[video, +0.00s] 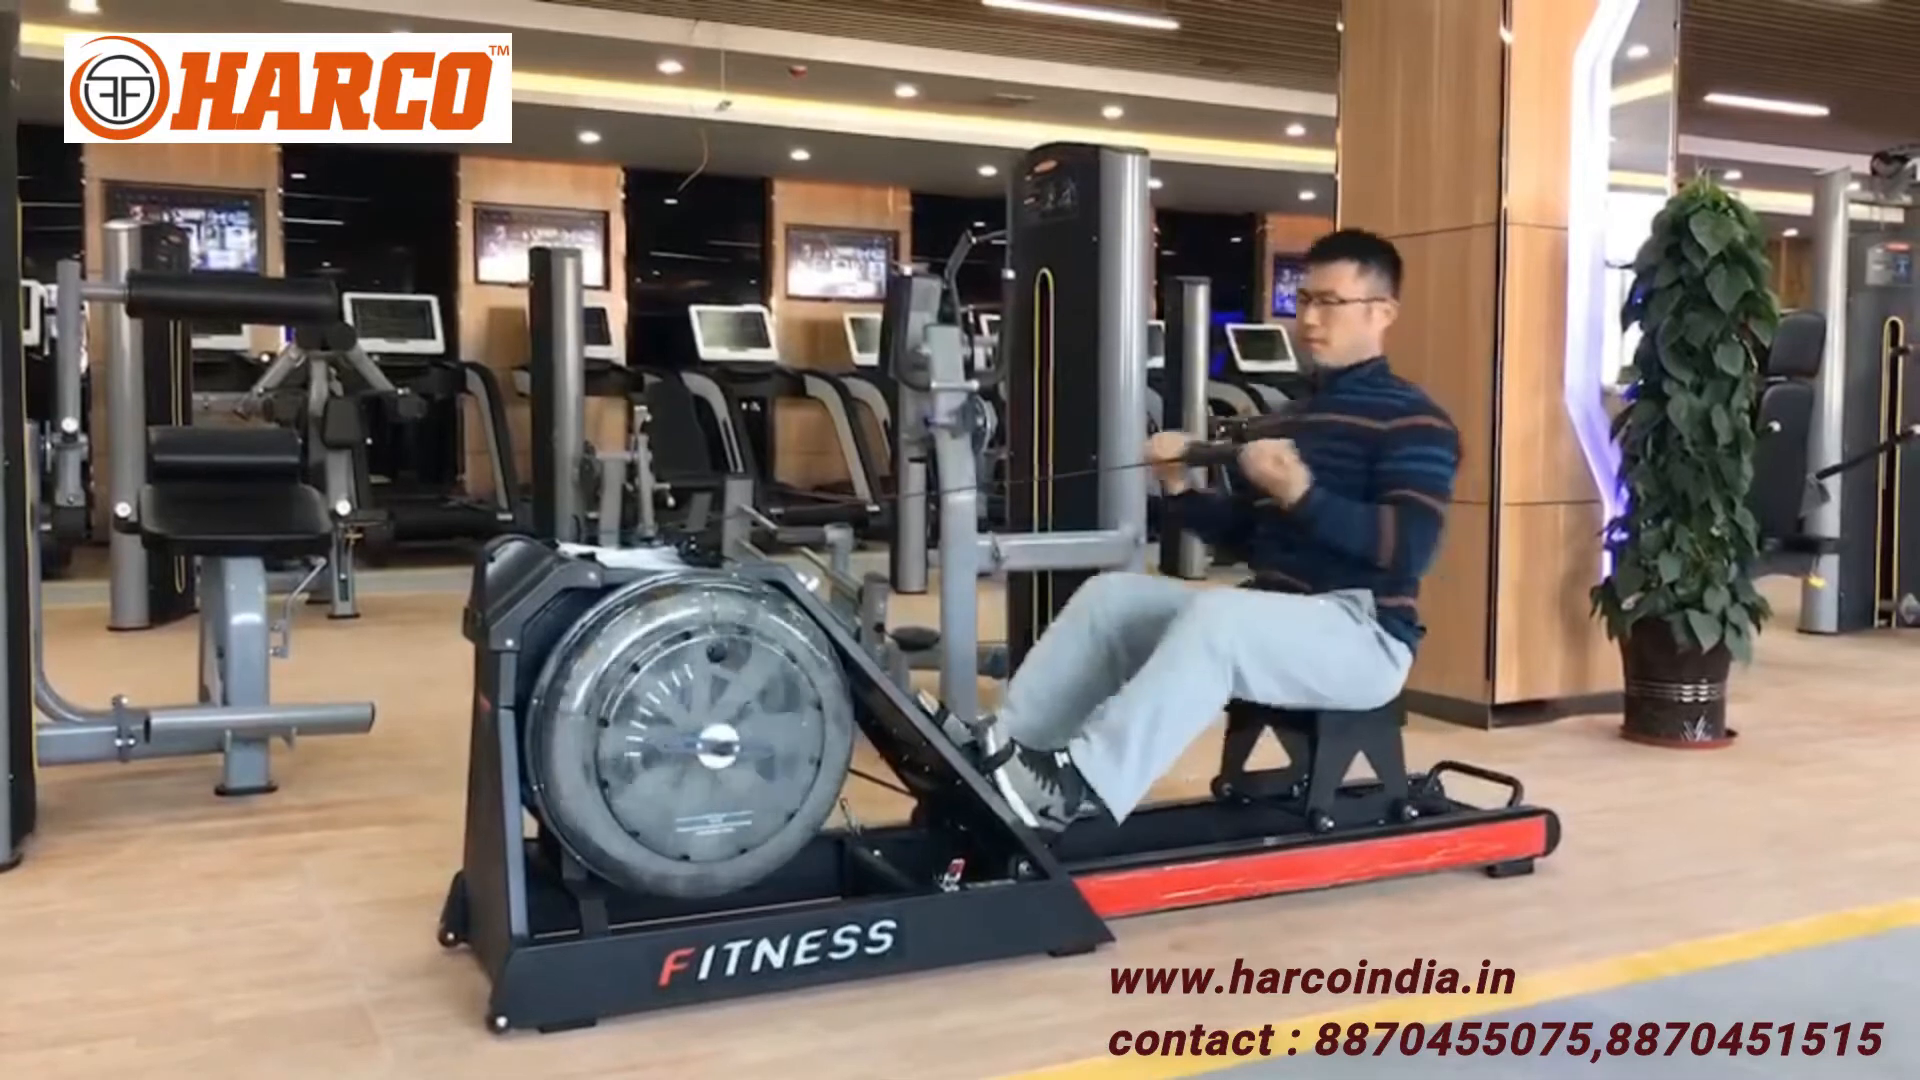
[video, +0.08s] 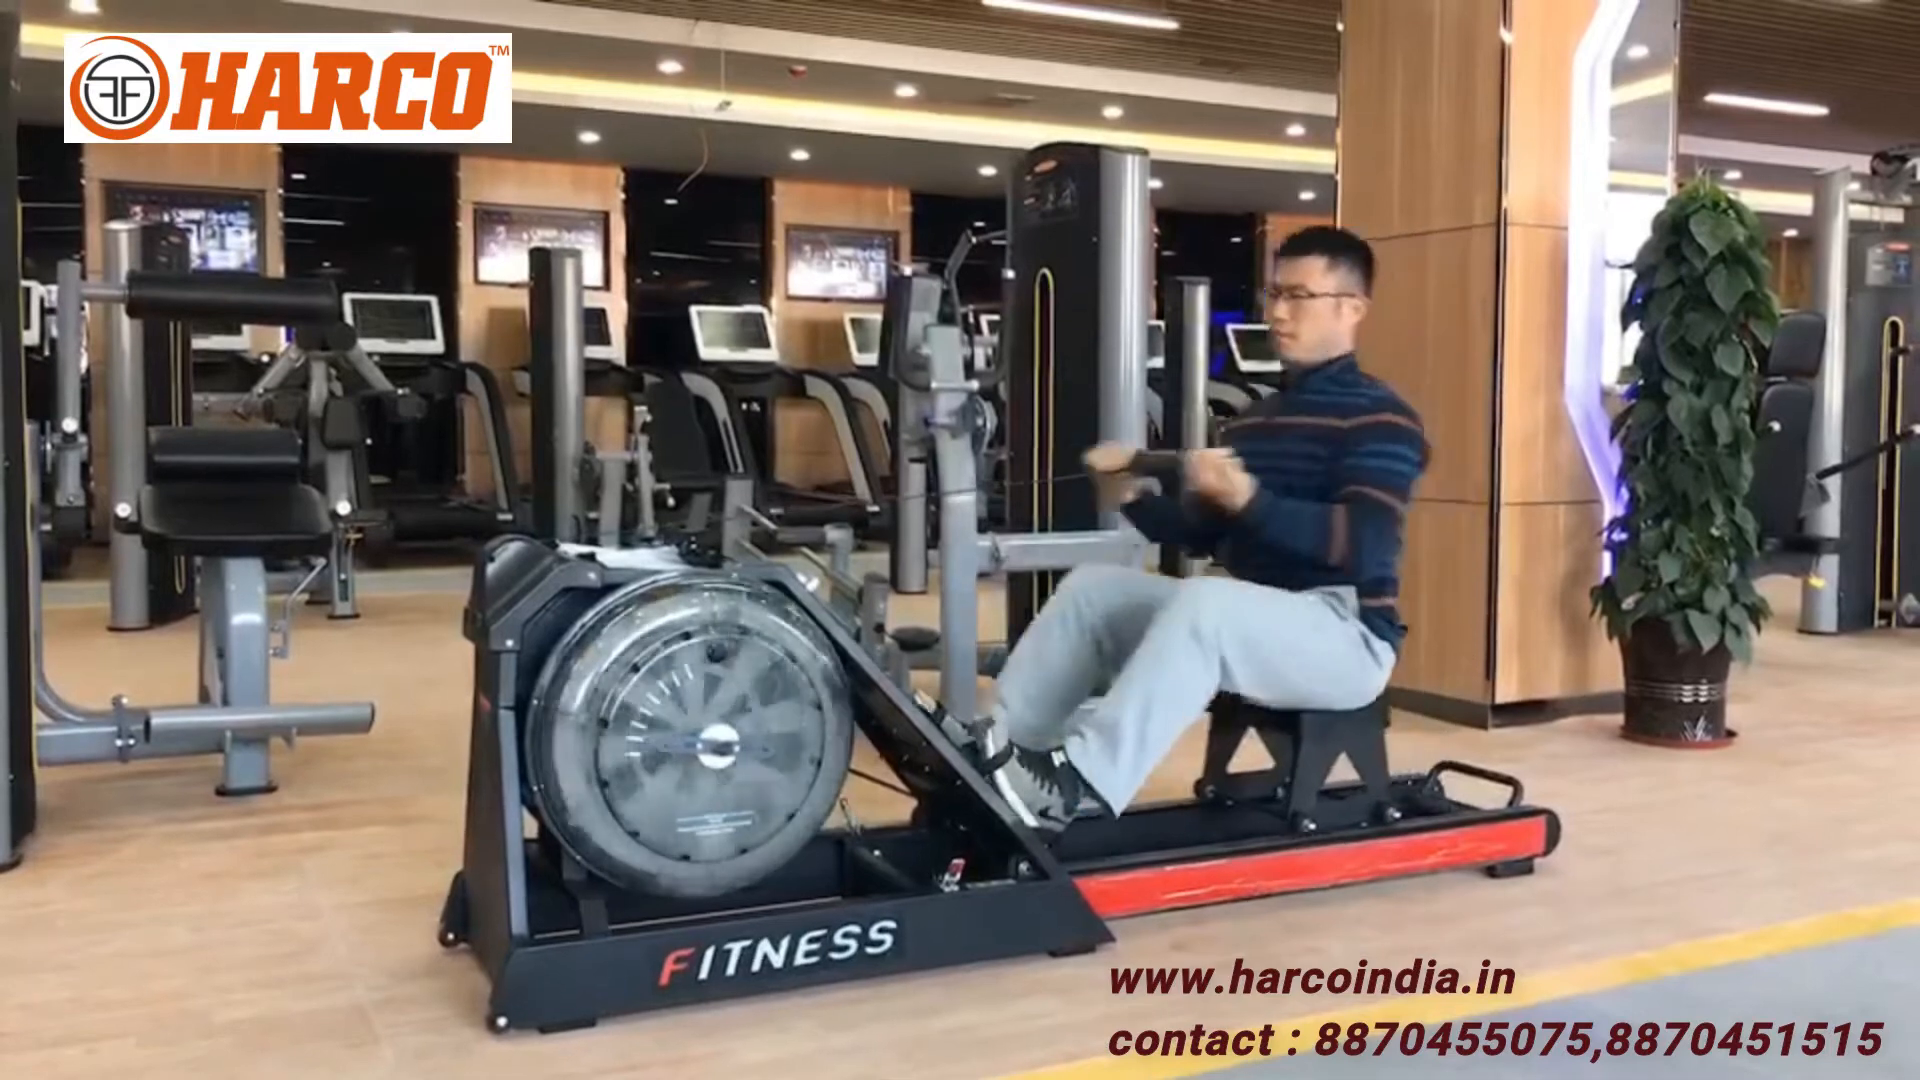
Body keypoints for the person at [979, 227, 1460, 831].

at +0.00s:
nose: (1307, 318)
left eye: (1328, 303)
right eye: (1303, 301)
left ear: (1381, 315)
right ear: (1294, 307)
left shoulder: (1416, 422)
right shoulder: (1294, 415)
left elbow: (1408, 547)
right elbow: (1246, 531)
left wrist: (1299, 495)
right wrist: (1173, 489)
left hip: (1363, 632)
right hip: (1270, 611)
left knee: (1214, 622)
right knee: (1110, 598)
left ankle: (1080, 786)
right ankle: (1001, 749)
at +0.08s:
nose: (1277, 311)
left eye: (1296, 296)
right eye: (1274, 295)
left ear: (1352, 311)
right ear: (1266, 301)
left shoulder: (1382, 419)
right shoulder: (1260, 420)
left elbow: (1365, 542)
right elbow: (1202, 530)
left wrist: (1252, 501)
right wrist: (1131, 493)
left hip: (1348, 637)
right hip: (1251, 618)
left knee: (1205, 607)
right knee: (1091, 591)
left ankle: (1081, 781)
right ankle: (1000, 751)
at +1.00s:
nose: (1275, 323)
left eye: (1295, 309)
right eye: (1272, 309)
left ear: (1350, 322)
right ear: (1266, 315)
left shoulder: (1365, 415)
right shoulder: (1246, 422)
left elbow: (1285, 502)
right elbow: (1175, 499)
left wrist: (1171, 496)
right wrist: (1071, 491)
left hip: (1322, 636)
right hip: (1231, 616)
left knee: (1175, 601)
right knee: (1071, 584)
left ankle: (1046, 788)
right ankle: (968, 749)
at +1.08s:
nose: (1301, 330)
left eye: (1320, 316)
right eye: (1297, 315)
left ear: (1375, 326)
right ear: (1289, 321)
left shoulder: (1390, 419)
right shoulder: (1273, 422)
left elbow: (1318, 510)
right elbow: (1206, 516)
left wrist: (1205, 488)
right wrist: (1103, 495)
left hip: (1340, 633)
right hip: (1252, 615)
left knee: (1191, 614)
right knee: (1087, 593)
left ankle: (1056, 789)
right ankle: (974, 752)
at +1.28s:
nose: (1372, 347)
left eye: (1392, 331)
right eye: (1366, 331)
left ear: (1444, 341)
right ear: (1359, 335)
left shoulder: (1461, 435)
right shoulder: (1346, 432)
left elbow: (1417, 540)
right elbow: (1280, 538)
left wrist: (1311, 497)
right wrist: (1200, 496)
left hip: (1387, 641)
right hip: (1308, 620)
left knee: (1222, 662)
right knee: (1132, 633)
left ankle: (1070, 800)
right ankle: (990, 753)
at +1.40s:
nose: (1402, 357)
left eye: (1422, 341)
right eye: (1396, 340)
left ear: (1472, 350)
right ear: (1388, 345)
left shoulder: (1499, 445)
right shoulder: (1373, 439)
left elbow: (1474, 556)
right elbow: (1313, 551)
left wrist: (1375, 506)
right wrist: (1255, 499)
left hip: (1397, 641)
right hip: (1312, 616)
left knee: (1233, 697)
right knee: (1162, 660)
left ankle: (1081, 814)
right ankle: (1007, 754)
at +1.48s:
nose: (1408, 359)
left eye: (1429, 344)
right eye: (1403, 343)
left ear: (1480, 353)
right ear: (1396, 346)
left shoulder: (1508, 446)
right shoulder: (1382, 440)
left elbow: (1503, 562)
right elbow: (1322, 551)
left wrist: (1400, 507)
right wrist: (1282, 498)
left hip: (1402, 644)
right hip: (1317, 619)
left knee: (1239, 704)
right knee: (1171, 671)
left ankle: (1079, 820)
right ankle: (1007, 756)